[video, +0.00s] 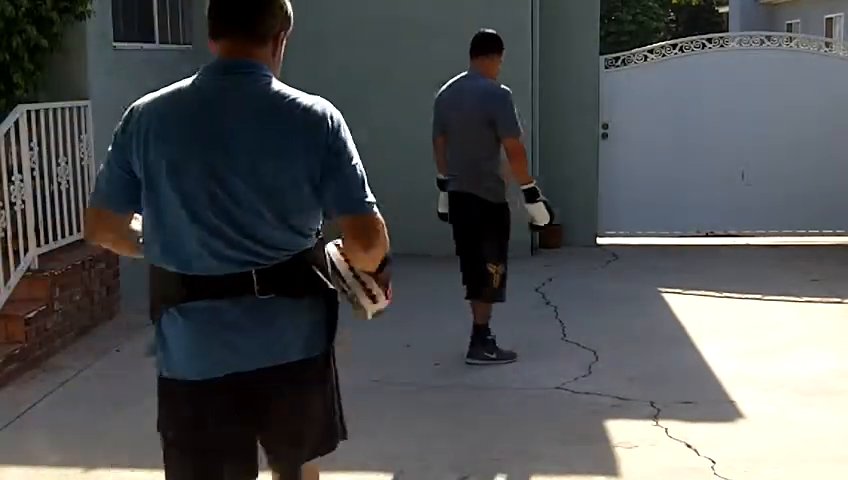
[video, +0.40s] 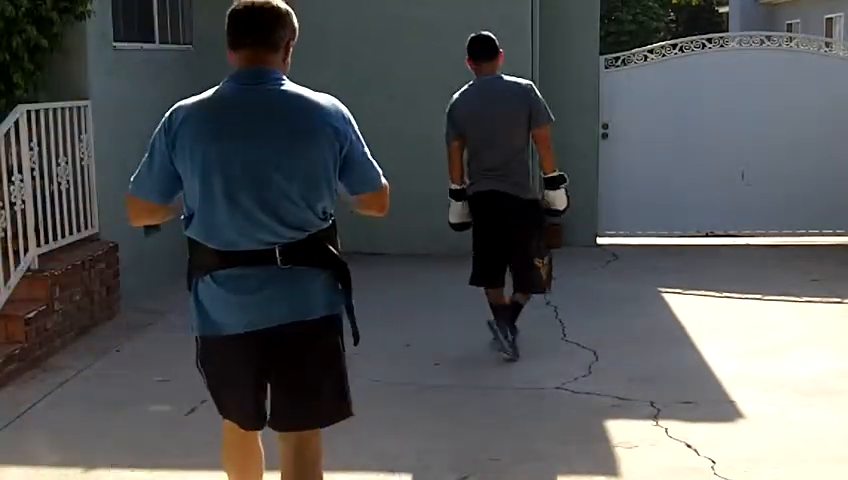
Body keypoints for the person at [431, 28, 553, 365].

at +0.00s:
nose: (500, 65)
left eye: (498, 59)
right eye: (500, 59)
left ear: (471, 56)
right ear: (496, 57)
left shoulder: (447, 92)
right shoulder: (497, 94)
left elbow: (439, 142)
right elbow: (514, 150)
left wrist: (443, 186)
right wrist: (532, 194)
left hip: (457, 195)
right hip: (486, 197)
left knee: (474, 264)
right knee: (489, 266)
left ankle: (481, 337)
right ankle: (480, 342)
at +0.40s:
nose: (492, 63)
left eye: (472, 61)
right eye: (497, 56)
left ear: (468, 64)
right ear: (501, 58)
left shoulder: (460, 101)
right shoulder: (525, 90)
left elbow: (455, 152)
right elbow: (542, 140)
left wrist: (457, 196)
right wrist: (553, 183)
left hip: (483, 197)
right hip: (521, 196)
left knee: (491, 268)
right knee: (528, 266)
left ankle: (505, 334)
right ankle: (507, 321)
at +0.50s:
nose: (477, 69)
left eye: (473, 64)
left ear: (471, 65)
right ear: (502, 58)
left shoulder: (464, 101)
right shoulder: (530, 89)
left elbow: (462, 153)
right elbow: (546, 139)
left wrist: (462, 197)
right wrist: (553, 183)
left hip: (486, 198)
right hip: (525, 196)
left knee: (493, 265)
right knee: (535, 262)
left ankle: (501, 330)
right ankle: (526, 313)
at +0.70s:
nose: (481, 66)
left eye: (481, 60)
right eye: (481, 60)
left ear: (487, 61)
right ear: (510, 58)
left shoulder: (479, 100)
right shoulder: (543, 87)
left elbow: (471, 152)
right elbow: (554, 138)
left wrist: (469, 189)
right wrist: (550, 170)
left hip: (496, 195)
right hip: (534, 192)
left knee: (496, 262)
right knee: (538, 253)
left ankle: (503, 329)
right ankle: (562, 319)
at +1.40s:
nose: (535, 60)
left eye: (540, 53)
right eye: (533, 54)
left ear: (560, 55)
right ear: (541, 56)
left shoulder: (563, 90)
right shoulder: (554, 87)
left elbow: (568, 140)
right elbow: (550, 141)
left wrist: (569, 187)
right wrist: (537, 188)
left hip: (553, 193)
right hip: (548, 191)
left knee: (532, 261)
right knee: (570, 262)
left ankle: (525, 329)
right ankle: (571, 329)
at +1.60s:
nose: (536, 58)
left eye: (542, 52)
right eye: (536, 53)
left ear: (561, 54)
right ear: (547, 57)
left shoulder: (571, 88)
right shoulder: (554, 89)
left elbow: (578, 136)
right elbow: (551, 141)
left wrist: (578, 180)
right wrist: (541, 187)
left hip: (566, 190)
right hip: (546, 191)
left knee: (569, 261)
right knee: (546, 262)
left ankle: (572, 331)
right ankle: (553, 331)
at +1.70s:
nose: (540, 58)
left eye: (546, 51)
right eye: (539, 52)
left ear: (564, 54)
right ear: (553, 57)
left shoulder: (570, 90)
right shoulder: (561, 87)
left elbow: (576, 140)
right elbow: (557, 143)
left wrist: (572, 186)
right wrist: (542, 190)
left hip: (565, 191)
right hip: (550, 191)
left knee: (567, 260)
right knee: (552, 259)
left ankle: (573, 329)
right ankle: (568, 325)